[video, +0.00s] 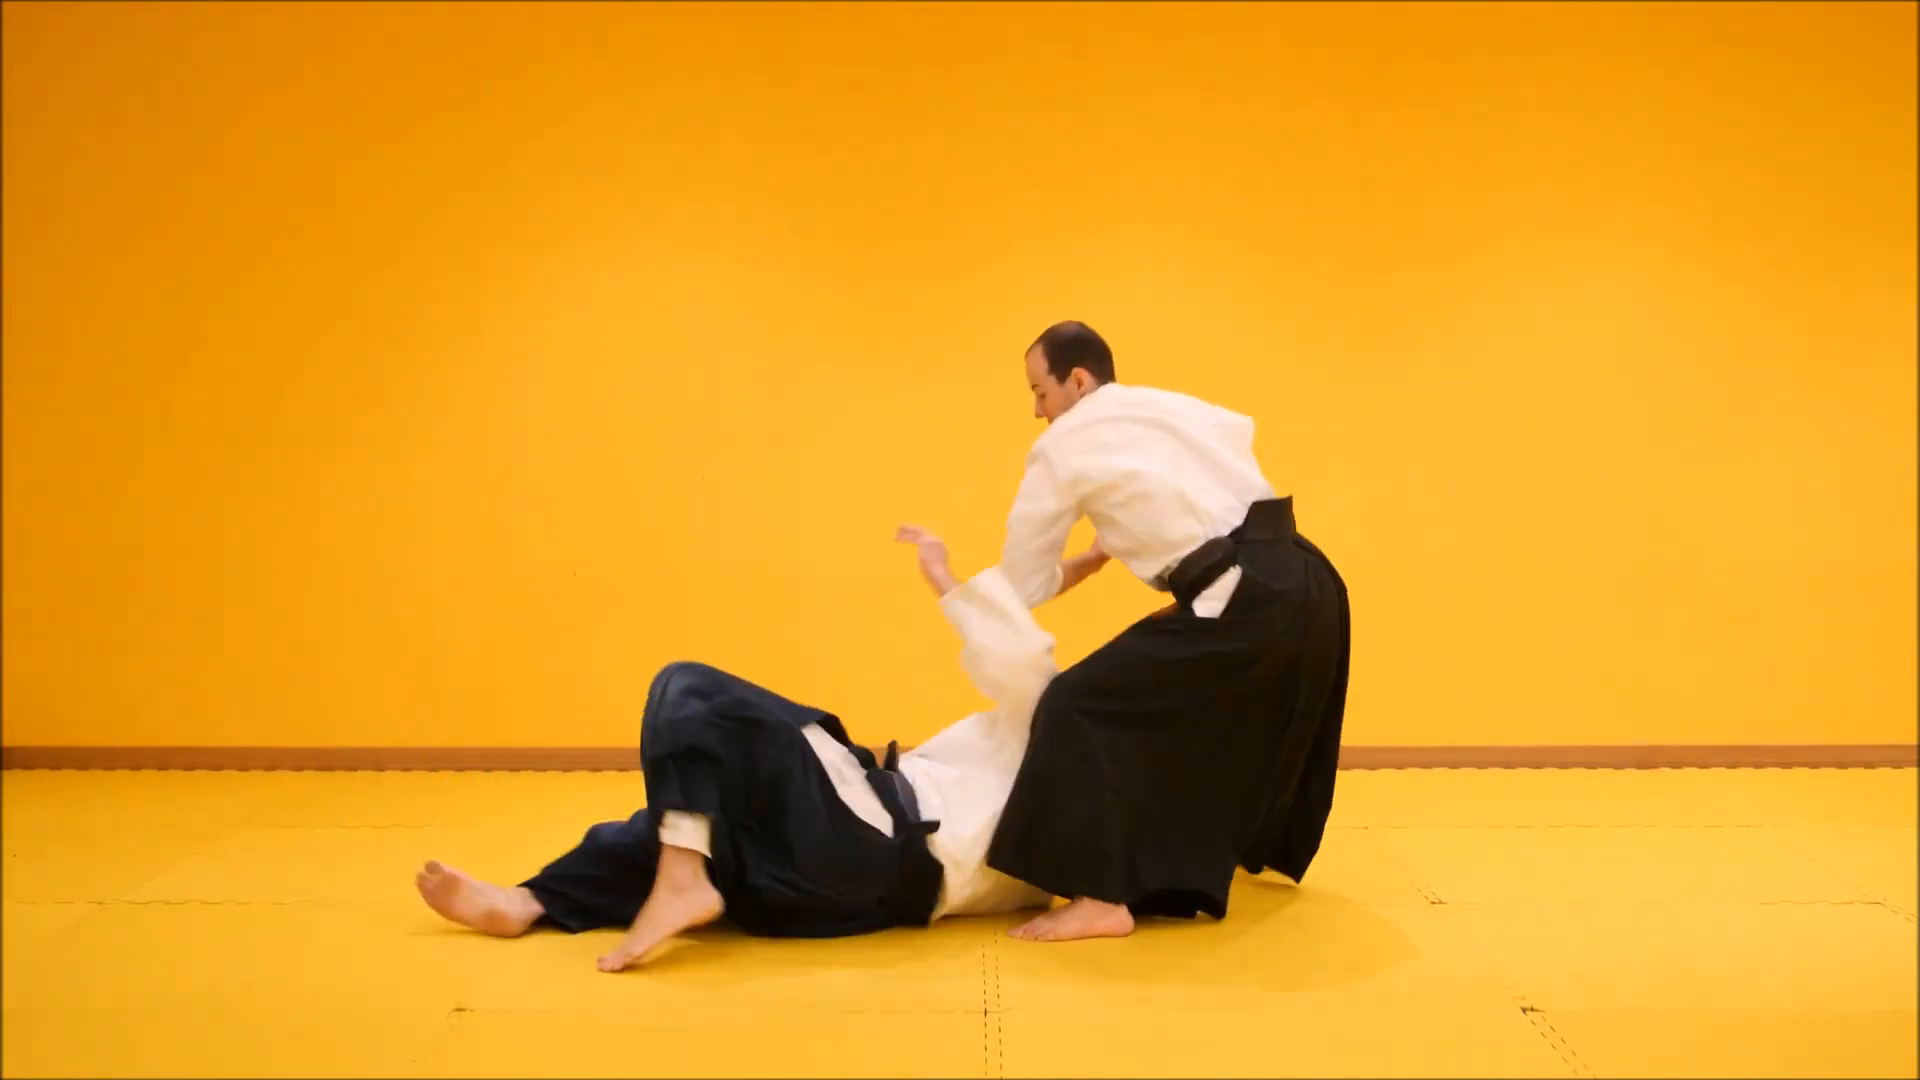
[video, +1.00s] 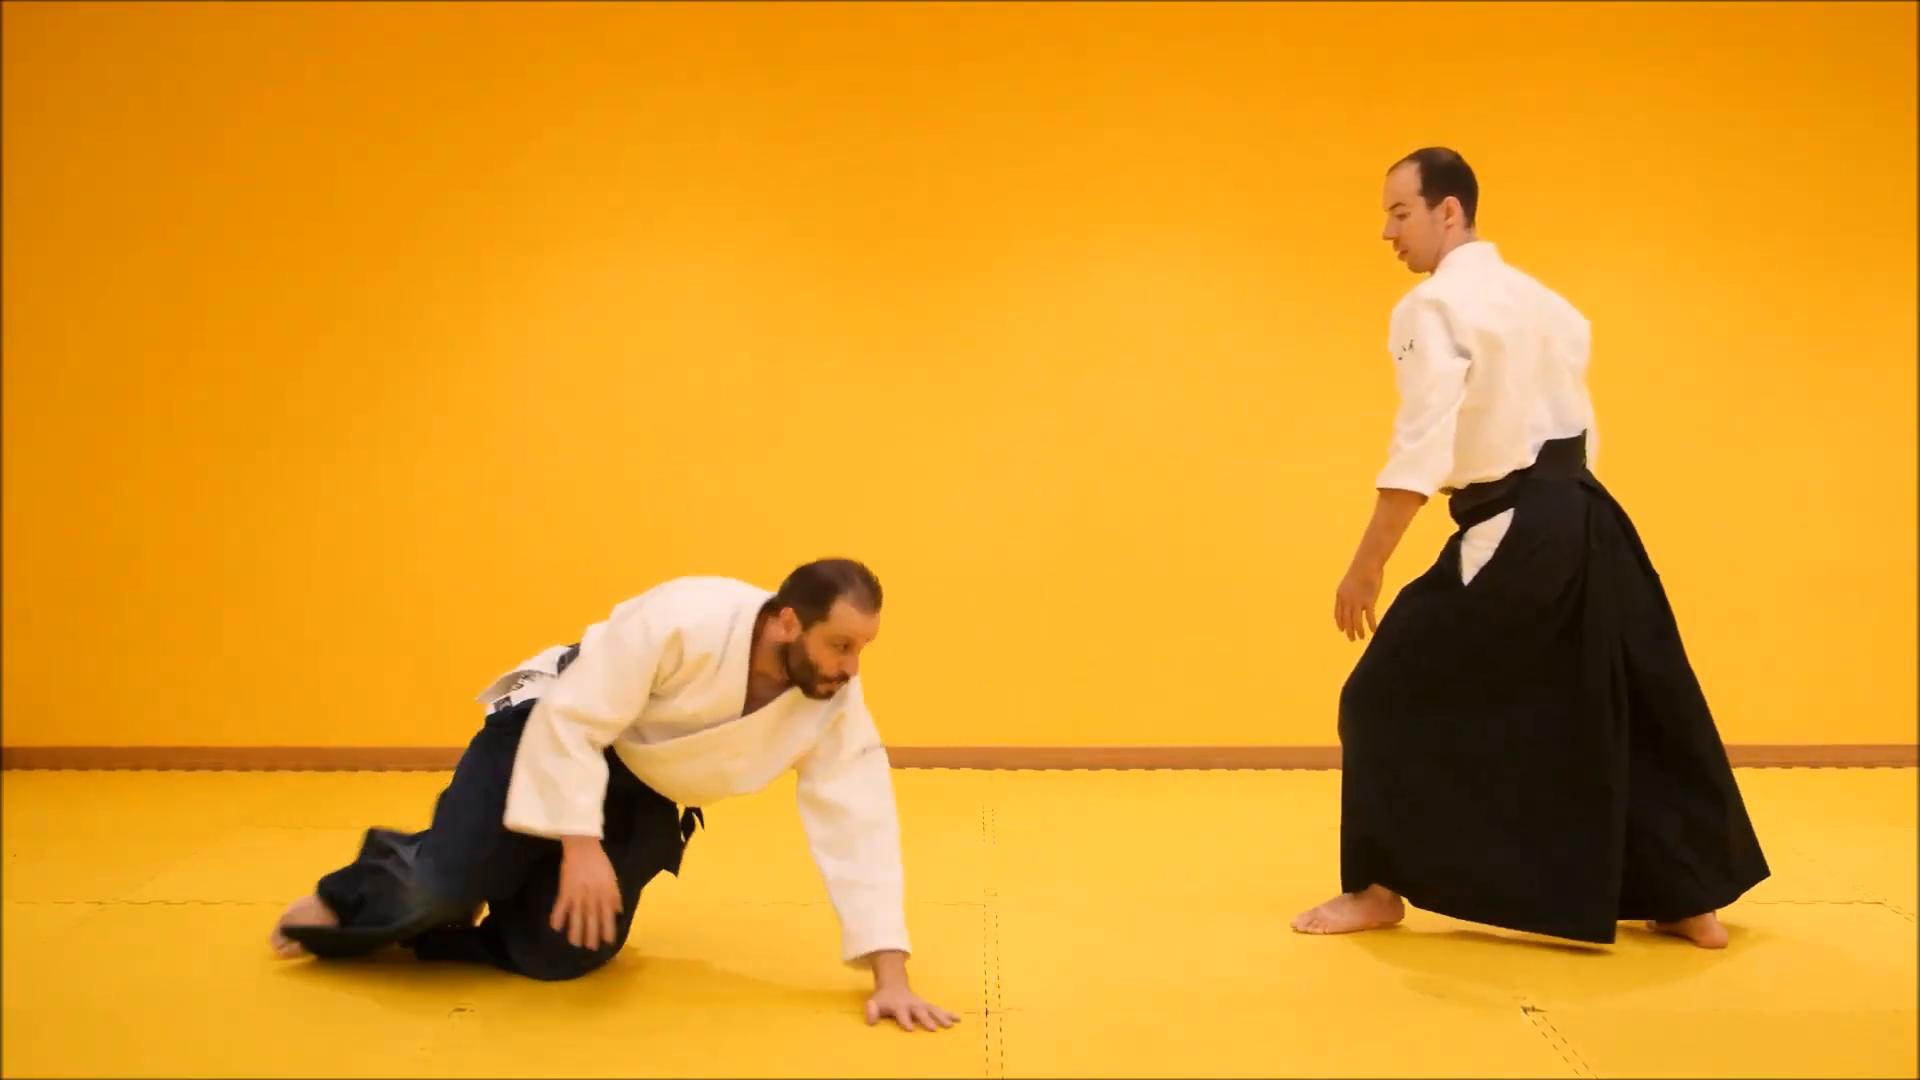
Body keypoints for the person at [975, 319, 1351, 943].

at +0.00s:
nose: (1036, 408)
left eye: (1040, 389)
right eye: (1033, 392)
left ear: (1079, 381)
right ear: (1092, 381)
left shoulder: (1065, 443)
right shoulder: (1168, 407)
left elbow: (1023, 581)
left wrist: (1097, 555)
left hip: (1243, 601)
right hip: (1312, 586)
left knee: (1073, 701)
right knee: (1181, 706)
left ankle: (1098, 898)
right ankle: (1180, 872)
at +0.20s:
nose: (1100, 338)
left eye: (1105, 319)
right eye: (1099, 321)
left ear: (1148, 313)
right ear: (1172, 313)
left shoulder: (1119, 381)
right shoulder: (1261, 370)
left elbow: (1081, 520)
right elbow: (1333, 493)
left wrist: (1126, 560)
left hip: (1268, 579)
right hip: (1354, 570)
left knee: (1100, 706)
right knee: (1358, 708)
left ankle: (1100, 898)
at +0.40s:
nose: (1233, 299)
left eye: (1239, 281)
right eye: (1232, 283)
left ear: (1282, 275)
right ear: (1305, 278)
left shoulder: (1269, 357)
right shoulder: (1395, 351)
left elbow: (1251, 486)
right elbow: (1437, 474)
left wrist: (1191, 573)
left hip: (1374, 573)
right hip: (1454, 562)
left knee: (1225, 712)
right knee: (1530, 728)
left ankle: (1124, 890)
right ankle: (1676, 886)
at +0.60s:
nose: (1341, 257)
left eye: (1349, 238)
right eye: (1338, 241)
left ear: (1397, 234)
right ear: (1410, 238)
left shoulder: (1384, 323)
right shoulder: (1500, 316)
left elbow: (1365, 465)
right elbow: (1541, 445)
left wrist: (1309, 573)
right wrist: (1515, 517)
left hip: (1472, 548)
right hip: (1553, 536)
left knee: (1333, 696)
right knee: (1599, 714)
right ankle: (1679, 898)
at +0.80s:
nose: (1387, 230)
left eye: (1397, 212)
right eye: (1385, 215)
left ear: (1446, 207)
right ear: (1456, 213)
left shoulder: (1431, 301)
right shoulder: (1543, 298)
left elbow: (1422, 450)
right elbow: (1570, 434)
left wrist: (1375, 565)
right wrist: (1554, 510)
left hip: (1503, 532)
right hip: (1581, 521)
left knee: (1377, 701)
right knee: (1615, 700)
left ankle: (1391, 896)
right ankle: (1691, 898)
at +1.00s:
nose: (1389, 233)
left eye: (1399, 214)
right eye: (1386, 216)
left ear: (1449, 211)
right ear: (1453, 217)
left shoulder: (1434, 306)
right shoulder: (1547, 302)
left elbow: (1422, 452)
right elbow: (1576, 436)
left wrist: (1366, 566)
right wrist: (1549, 508)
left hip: (1508, 535)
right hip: (1586, 523)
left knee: (1374, 698)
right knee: (1622, 701)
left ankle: (1372, 887)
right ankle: (1686, 898)